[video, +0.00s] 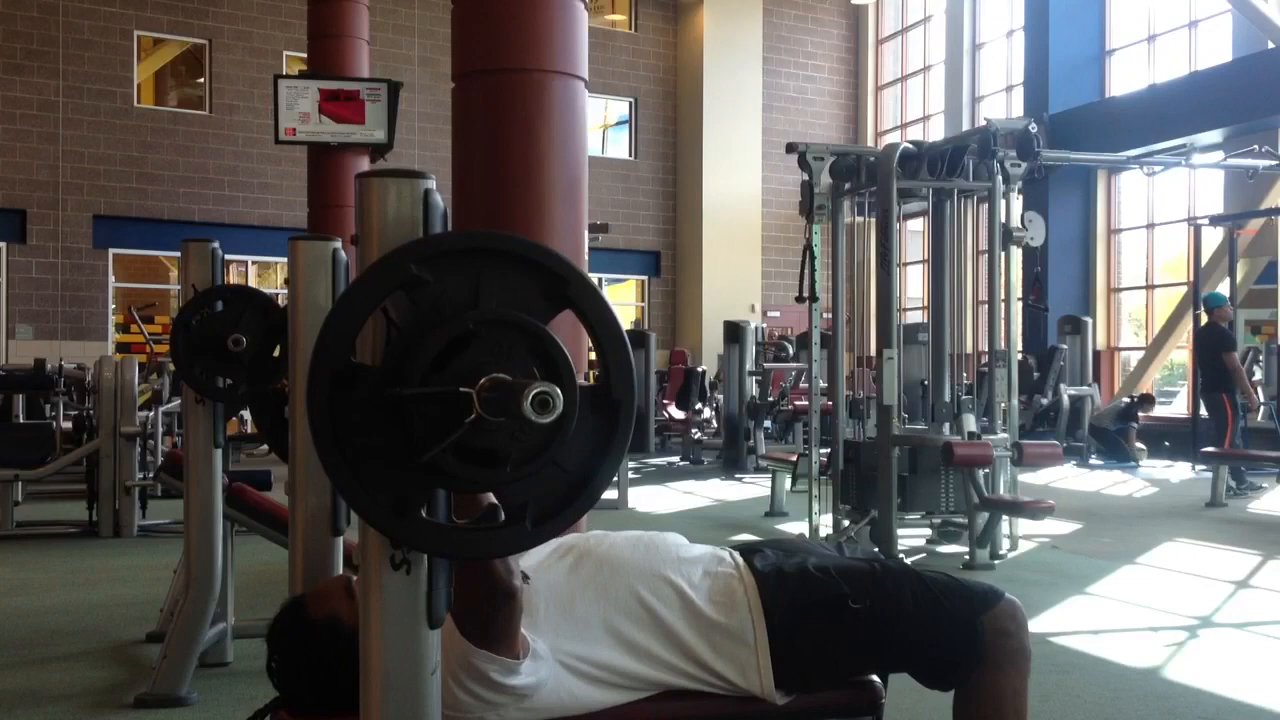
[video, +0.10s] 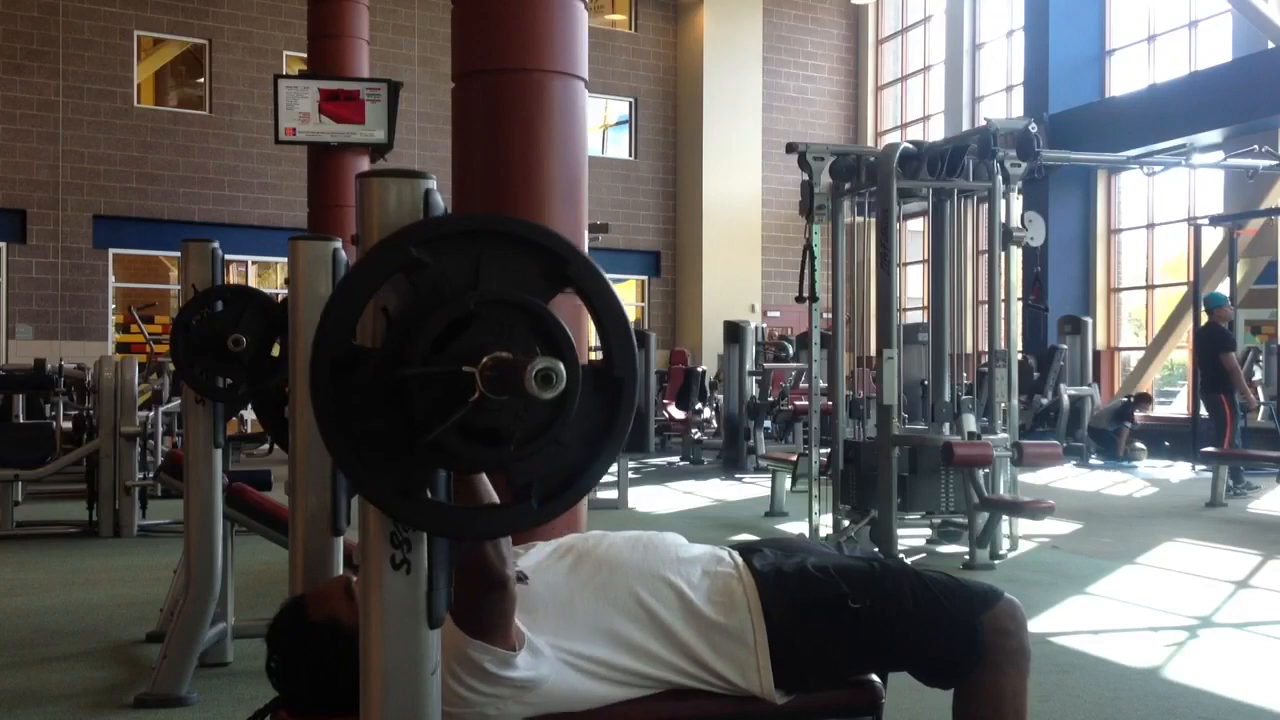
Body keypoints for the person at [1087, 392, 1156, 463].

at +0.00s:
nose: (1151, 410)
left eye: (1152, 408)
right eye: (1150, 407)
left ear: (1140, 400)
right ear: (1144, 404)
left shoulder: (1127, 402)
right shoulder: (1133, 414)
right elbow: (1130, 441)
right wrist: (1135, 460)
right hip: (1100, 428)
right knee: (1125, 458)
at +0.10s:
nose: (1147, 409)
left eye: (1148, 406)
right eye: (1147, 405)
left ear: (1137, 399)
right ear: (1141, 403)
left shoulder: (1125, 403)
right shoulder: (1128, 414)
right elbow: (1122, 438)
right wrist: (1119, 457)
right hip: (1098, 429)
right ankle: (1096, 451)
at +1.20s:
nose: (1109, 397)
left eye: (1109, 394)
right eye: (1107, 394)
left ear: (1098, 393)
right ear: (1101, 394)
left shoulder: (1092, 404)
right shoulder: (1092, 406)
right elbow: (1088, 430)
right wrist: (1085, 450)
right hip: (1079, 440)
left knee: (1108, 422)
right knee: (1115, 443)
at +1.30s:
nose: (1109, 396)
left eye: (1109, 394)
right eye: (1107, 394)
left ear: (1099, 393)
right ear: (1101, 393)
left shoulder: (1095, 405)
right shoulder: (1092, 406)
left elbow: (1107, 422)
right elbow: (1088, 429)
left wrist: (1124, 431)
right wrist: (1085, 450)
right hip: (1079, 441)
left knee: (1107, 423)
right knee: (1113, 442)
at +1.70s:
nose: (1107, 395)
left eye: (1107, 393)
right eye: (1105, 393)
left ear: (1099, 393)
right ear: (1098, 392)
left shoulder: (1095, 404)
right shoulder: (1089, 404)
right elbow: (1081, 426)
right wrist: (1079, 446)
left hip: (1088, 432)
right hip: (1082, 438)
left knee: (1110, 423)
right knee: (1106, 438)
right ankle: (1130, 450)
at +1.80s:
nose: (1108, 396)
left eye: (1108, 393)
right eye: (1106, 393)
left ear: (1098, 393)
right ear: (1099, 393)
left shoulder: (1095, 404)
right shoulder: (1090, 404)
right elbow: (1081, 427)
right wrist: (1079, 446)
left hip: (1089, 431)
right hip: (1083, 437)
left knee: (1110, 422)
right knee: (1109, 439)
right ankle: (1126, 451)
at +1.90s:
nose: (1108, 396)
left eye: (1108, 394)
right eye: (1107, 393)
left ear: (1099, 393)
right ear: (1100, 393)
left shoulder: (1095, 404)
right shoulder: (1090, 404)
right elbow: (1081, 427)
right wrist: (1079, 447)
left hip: (1088, 432)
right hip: (1082, 438)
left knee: (1109, 422)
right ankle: (1124, 450)